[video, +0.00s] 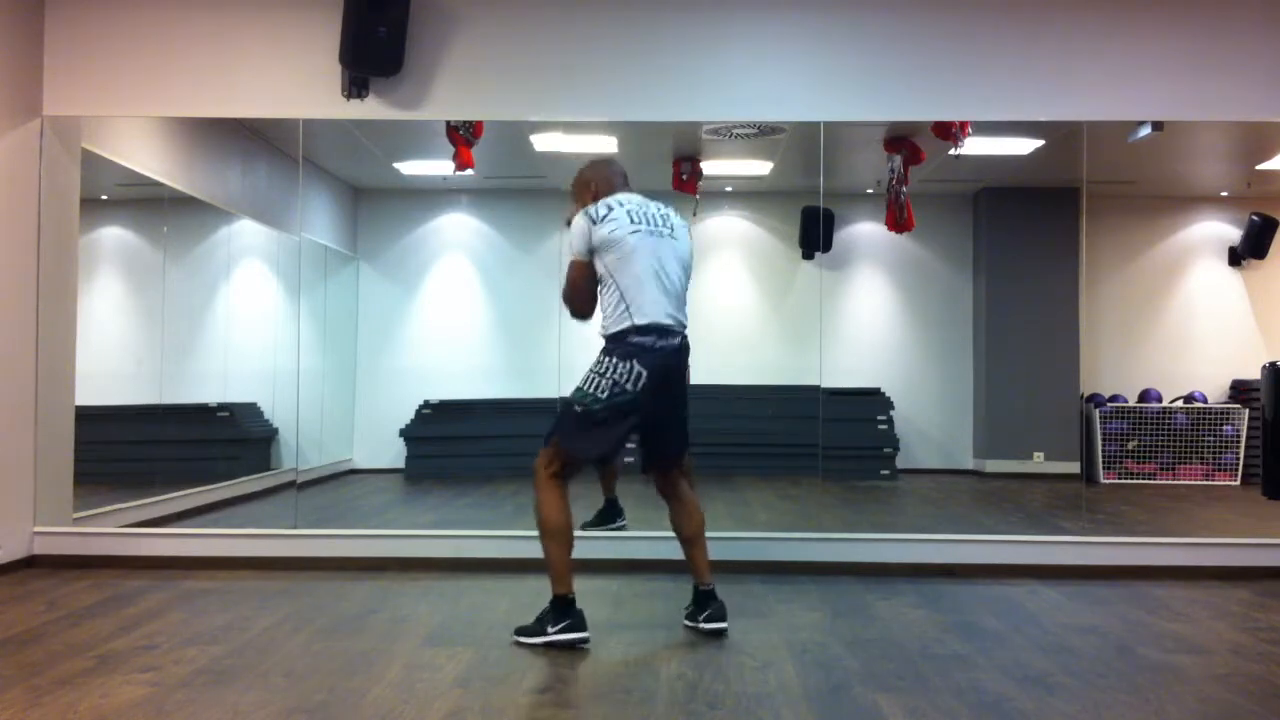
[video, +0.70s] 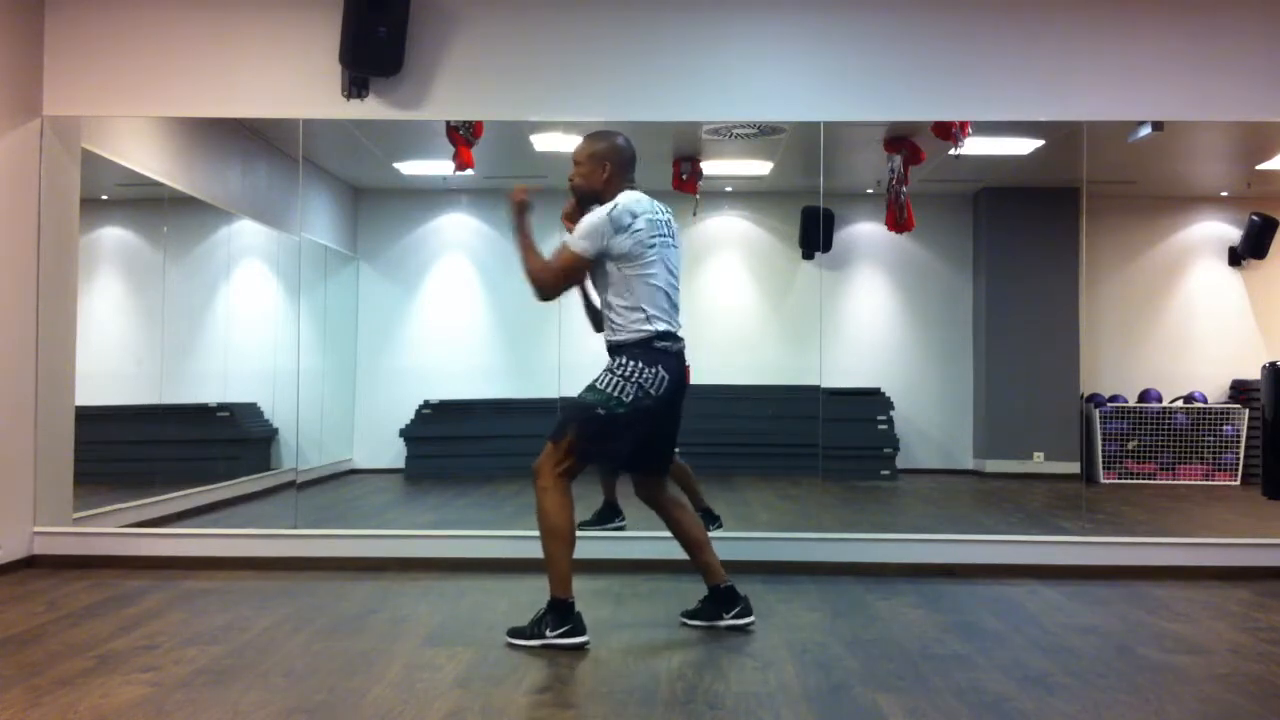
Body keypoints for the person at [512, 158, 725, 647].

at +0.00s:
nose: (577, 211)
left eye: (577, 204)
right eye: (576, 205)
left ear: (592, 190)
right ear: (623, 184)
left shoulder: (593, 215)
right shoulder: (675, 220)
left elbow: (580, 305)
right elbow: (674, 290)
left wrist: (580, 253)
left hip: (629, 356)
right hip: (675, 357)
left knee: (550, 467)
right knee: (672, 476)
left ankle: (562, 608)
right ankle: (706, 597)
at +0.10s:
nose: (567, 219)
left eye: (568, 210)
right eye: (566, 212)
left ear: (584, 198)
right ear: (611, 192)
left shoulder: (596, 220)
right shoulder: (665, 233)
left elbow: (574, 308)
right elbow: (682, 323)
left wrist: (572, 246)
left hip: (629, 369)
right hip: (671, 370)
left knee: (543, 470)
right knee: (653, 483)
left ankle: (561, 611)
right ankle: (705, 596)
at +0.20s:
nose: (559, 203)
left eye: (564, 192)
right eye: (558, 194)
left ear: (594, 187)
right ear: (596, 188)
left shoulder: (629, 217)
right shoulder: (623, 227)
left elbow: (585, 288)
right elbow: (638, 324)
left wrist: (568, 230)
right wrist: (594, 361)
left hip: (642, 370)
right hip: (638, 371)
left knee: (548, 469)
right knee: (624, 499)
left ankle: (562, 611)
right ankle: (712, 592)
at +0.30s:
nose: (568, 187)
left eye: (577, 177)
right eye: (568, 178)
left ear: (612, 180)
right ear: (594, 185)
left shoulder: (656, 219)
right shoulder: (592, 238)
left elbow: (621, 278)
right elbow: (569, 319)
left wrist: (593, 221)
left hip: (650, 368)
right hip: (627, 369)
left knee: (559, 468)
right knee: (625, 499)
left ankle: (564, 611)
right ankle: (718, 588)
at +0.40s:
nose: (573, 183)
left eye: (582, 173)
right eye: (573, 174)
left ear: (618, 178)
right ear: (603, 179)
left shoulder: (661, 224)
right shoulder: (596, 229)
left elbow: (640, 294)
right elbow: (545, 286)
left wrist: (599, 239)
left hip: (652, 368)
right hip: (629, 368)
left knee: (559, 467)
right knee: (630, 497)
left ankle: (565, 611)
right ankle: (720, 590)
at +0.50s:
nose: (575, 180)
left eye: (581, 170)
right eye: (576, 170)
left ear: (613, 175)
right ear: (615, 176)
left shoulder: (642, 223)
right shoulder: (621, 224)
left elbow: (651, 310)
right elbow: (584, 284)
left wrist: (591, 299)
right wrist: (563, 227)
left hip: (640, 368)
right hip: (647, 367)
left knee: (550, 469)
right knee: (649, 487)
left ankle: (564, 611)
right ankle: (724, 594)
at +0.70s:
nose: (571, 176)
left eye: (578, 166)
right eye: (573, 166)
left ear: (605, 170)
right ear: (619, 171)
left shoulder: (612, 215)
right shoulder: (658, 216)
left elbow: (545, 283)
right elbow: (610, 308)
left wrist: (522, 224)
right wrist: (577, 241)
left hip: (635, 365)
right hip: (667, 366)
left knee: (550, 470)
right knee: (651, 483)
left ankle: (561, 612)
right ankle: (724, 594)